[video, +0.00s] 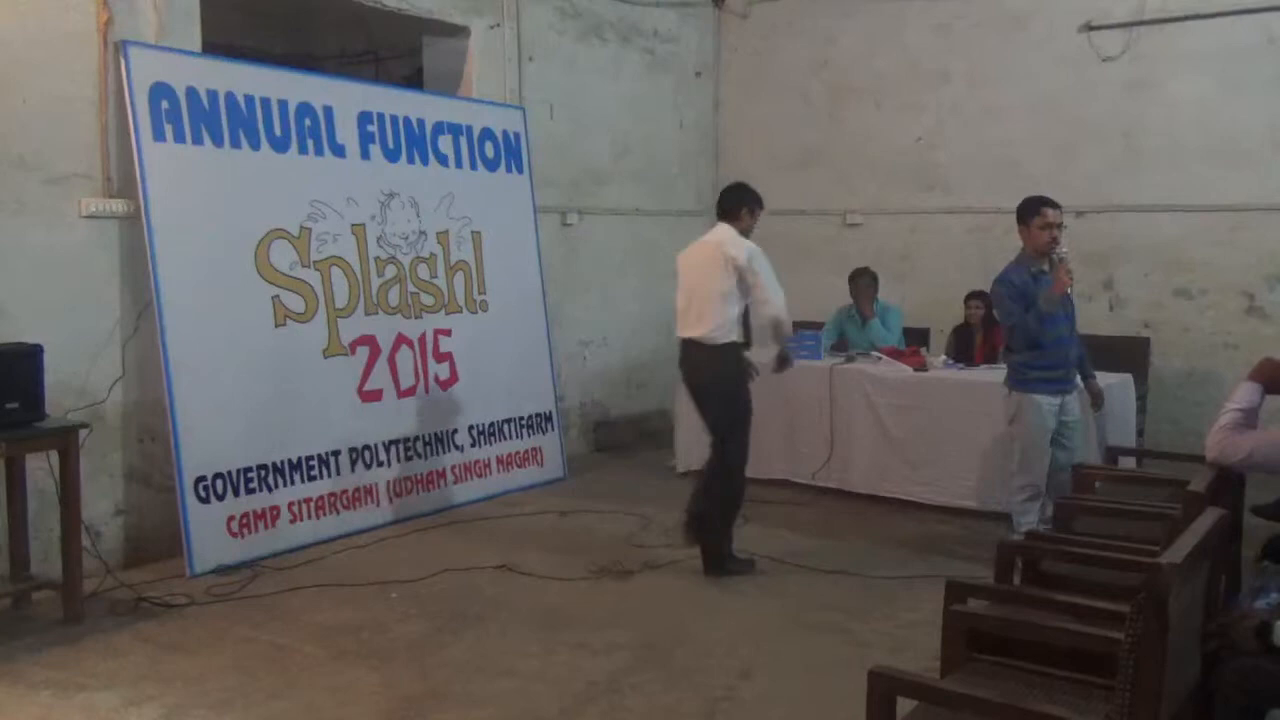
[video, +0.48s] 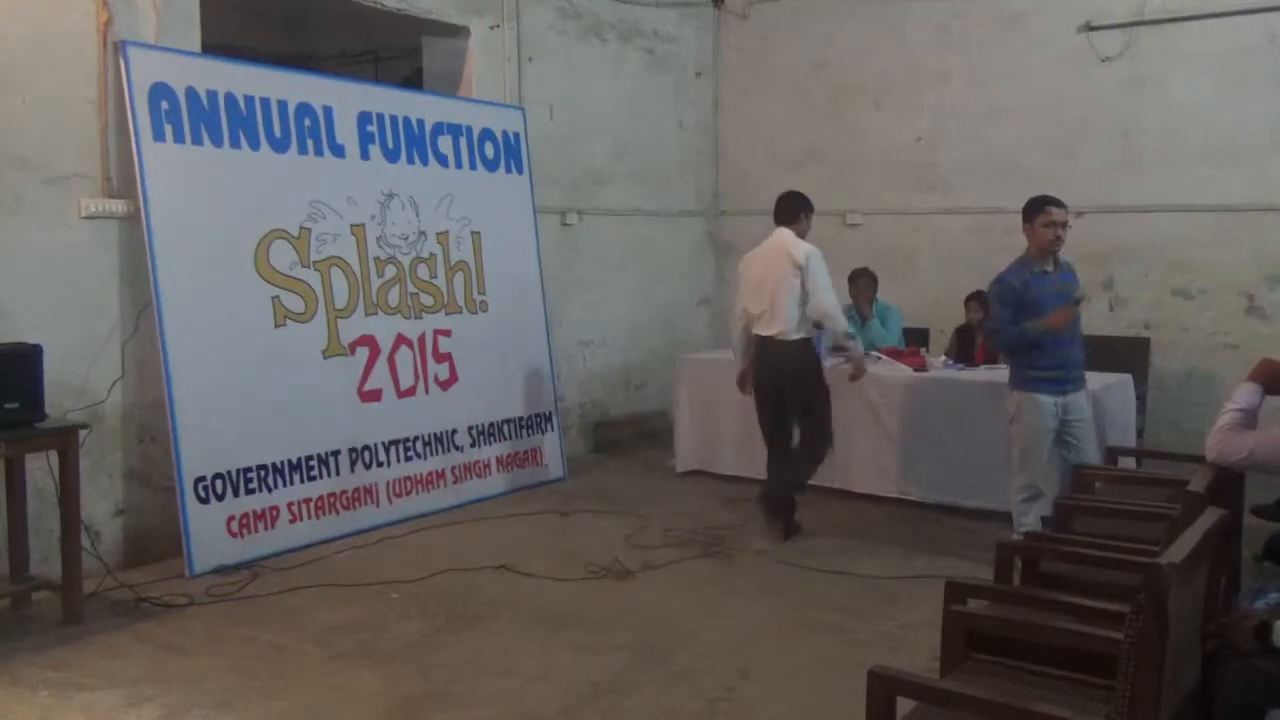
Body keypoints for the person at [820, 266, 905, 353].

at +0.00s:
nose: (860, 293)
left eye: (866, 288)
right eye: (856, 289)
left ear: (875, 291)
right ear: (850, 292)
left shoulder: (891, 313)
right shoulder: (843, 314)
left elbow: (889, 347)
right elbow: (823, 342)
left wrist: (870, 317)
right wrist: (833, 346)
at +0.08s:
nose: (860, 293)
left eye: (866, 288)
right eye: (856, 289)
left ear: (875, 291)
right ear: (850, 292)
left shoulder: (891, 314)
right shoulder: (843, 314)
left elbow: (889, 348)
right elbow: (822, 342)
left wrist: (870, 317)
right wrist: (834, 346)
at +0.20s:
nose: (861, 294)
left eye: (866, 288)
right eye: (856, 289)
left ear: (875, 291)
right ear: (851, 292)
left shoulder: (891, 313)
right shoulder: (842, 314)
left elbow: (890, 348)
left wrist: (870, 318)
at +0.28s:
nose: (860, 294)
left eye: (866, 289)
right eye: (855, 289)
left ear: (875, 291)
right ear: (850, 292)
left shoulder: (890, 313)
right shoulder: (842, 314)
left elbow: (890, 348)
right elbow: (831, 345)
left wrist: (870, 318)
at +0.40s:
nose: (860, 293)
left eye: (866, 288)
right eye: (856, 289)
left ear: (875, 291)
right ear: (850, 291)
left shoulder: (890, 313)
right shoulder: (843, 314)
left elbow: (890, 348)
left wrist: (870, 318)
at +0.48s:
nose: (860, 294)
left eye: (865, 289)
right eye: (856, 289)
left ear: (874, 291)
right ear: (850, 292)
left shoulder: (891, 312)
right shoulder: (844, 313)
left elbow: (889, 347)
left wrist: (869, 317)